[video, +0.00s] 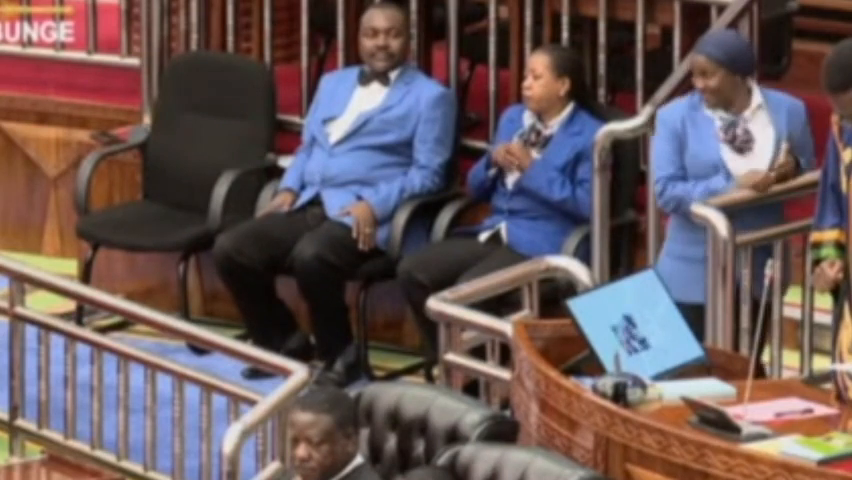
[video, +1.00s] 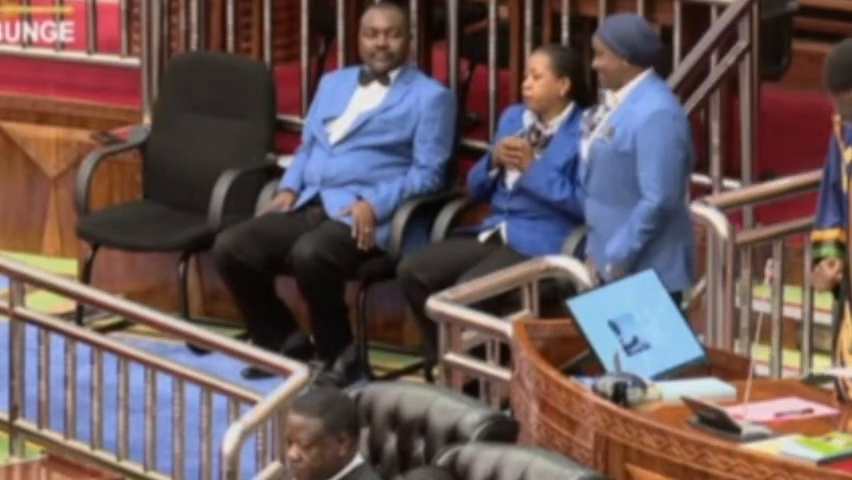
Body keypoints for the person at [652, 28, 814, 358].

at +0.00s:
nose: (698, 84)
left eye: (707, 75)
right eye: (694, 75)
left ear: (739, 73)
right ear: (689, 75)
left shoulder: (789, 111)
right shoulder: (673, 118)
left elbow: (809, 178)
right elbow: (666, 193)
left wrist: (792, 173)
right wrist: (734, 186)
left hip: (757, 276)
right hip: (690, 277)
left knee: (745, 378)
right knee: (688, 376)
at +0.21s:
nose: (695, 74)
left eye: (703, 65)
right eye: (694, 64)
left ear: (736, 67)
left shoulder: (789, 118)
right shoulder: (677, 108)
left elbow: (811, 191)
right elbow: (655, 187)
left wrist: (787, 180)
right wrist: (662, 255)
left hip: (754, 279)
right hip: (688, 276)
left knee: (748, 379)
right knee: (683, 376)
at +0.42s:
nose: (681, 74)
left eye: (689, 65)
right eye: (681, 64)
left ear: (719, 68)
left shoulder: (776, 119)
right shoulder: (673, 103)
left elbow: (800, 189)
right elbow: (653, 182)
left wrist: (753, 184)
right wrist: (640, 253)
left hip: (740, 274)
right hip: (675, 267)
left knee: (735, 372)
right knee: (668, 363)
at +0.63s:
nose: (673, 72)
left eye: (680, 63)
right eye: (672, 63)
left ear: (711, 68)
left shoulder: (767, 119)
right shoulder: (670, 101)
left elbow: (786, 191)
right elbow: (651, 181)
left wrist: (722, 195)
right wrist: (637, 252)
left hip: (734, 273)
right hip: (670, 265)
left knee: (728, 370)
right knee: (662, 359)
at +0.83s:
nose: (620, 65)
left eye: (626, 56)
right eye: (620, 56)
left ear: (654, 61)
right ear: (647, 61)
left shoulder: (698, 116)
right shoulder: (635, 105)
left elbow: (705, 200)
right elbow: (624, 196)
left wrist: (646, 247)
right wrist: (612, 251)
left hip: (677, 278)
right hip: (628, 271)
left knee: (675, 377)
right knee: (628, 368)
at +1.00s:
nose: (594, 64)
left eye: (600, 55)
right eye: (595, 55)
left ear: (625, 58)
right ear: (622, 58)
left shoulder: (656, 112)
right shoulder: (620, 102)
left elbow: (659, 198)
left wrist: (617, 259)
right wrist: (594, 251)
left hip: (650, 271)